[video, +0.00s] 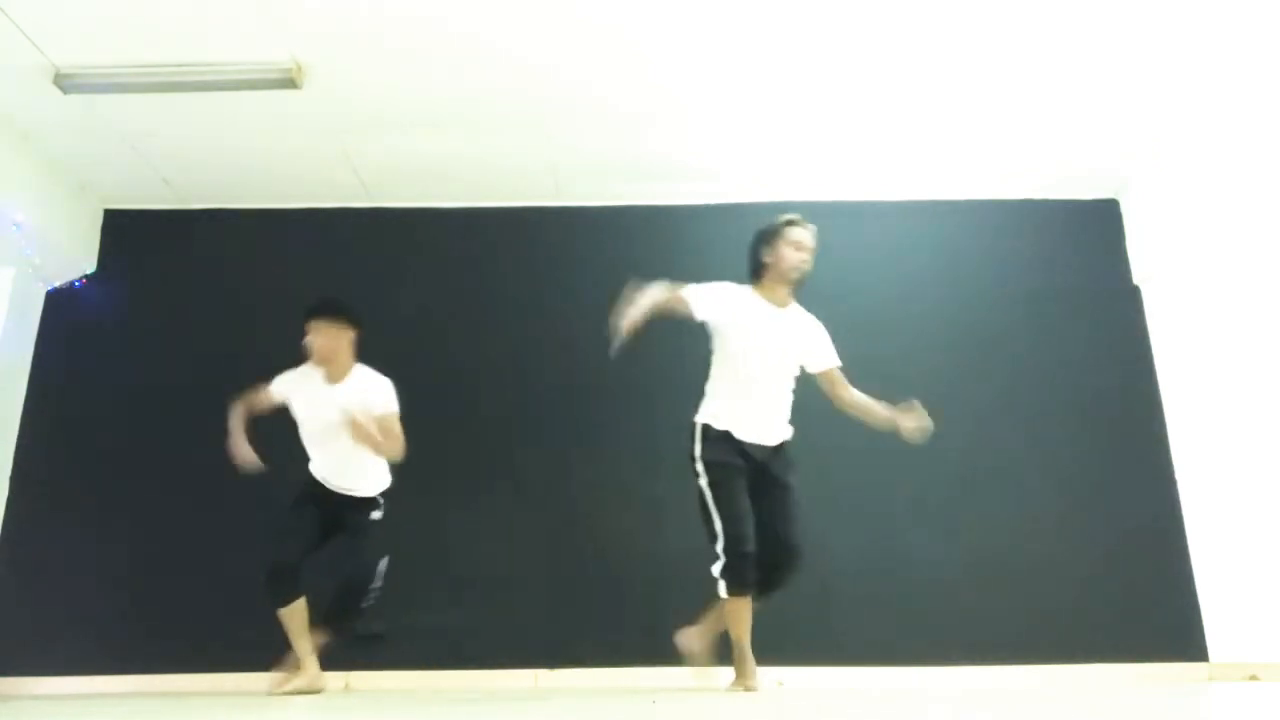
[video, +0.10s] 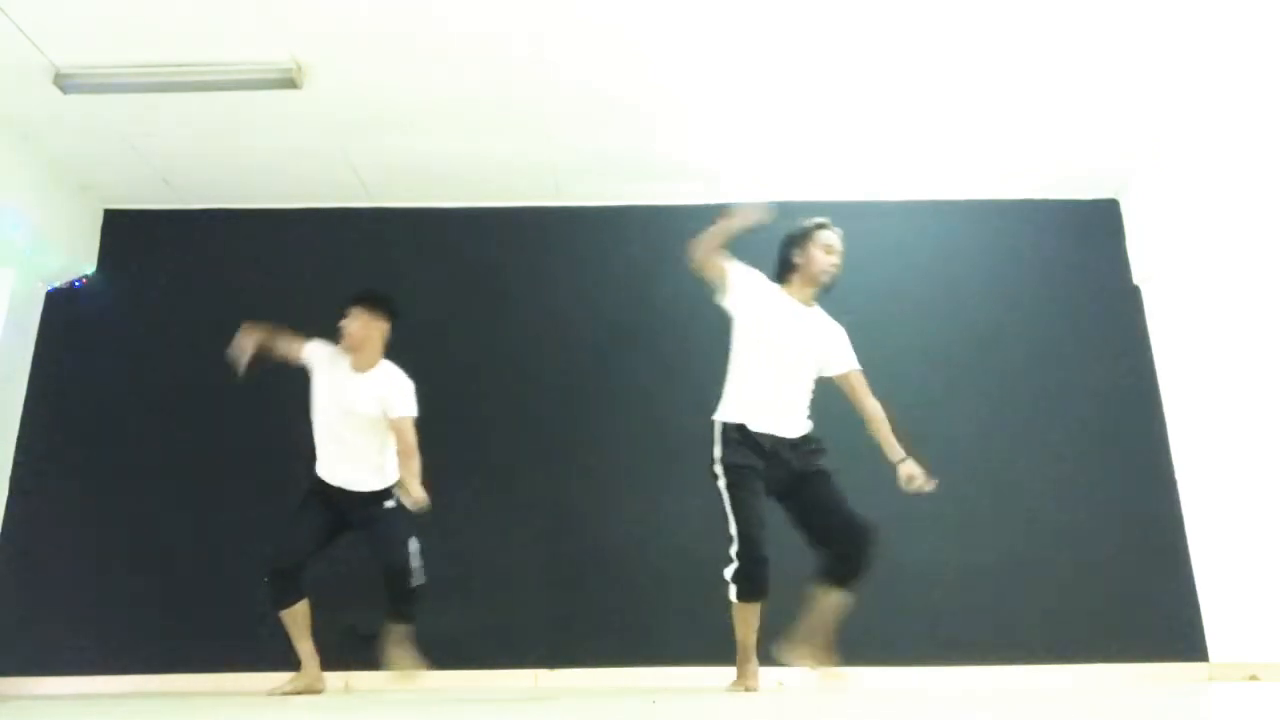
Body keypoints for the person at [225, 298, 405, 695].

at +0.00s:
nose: (314, 341)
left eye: (325, 332)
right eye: (311, 332)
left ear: (349, 336)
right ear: (307, 338)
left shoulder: (376, 387)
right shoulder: (297, 382)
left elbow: (397, 449)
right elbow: (241, 405)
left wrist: (367, 435)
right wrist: (239, 443)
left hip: (365, 504)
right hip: (317, 492)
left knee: (350, 598)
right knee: (281, 568)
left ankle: (296, 657)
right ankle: (309, 670)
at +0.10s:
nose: (344, 324)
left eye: (355, 318)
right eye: (346, 317)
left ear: (381, 328)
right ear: (345, 324)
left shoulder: (395, 383)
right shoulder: (322, 356)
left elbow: (407, 442)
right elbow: (281, 342)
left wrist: (411, 483)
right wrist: (254, 335)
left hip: (380, 499)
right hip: (327, 494)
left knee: (406, 572)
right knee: (283, 569)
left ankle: (398, 646)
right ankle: (310, 671)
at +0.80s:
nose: (509, 285)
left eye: (512, 281)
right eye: (498, 282)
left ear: (522, 290)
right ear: (481, 300)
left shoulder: (546, 312)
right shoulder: (482, 353)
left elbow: (580, 259)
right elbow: (475, 422)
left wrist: (543, 258)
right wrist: (455, 482)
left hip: (567, 443)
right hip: (525, 451)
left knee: (570, 551)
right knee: (539, 561)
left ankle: (573, 660)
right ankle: (594, 644)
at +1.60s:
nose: (451, 328)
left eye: (461, 322)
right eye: (452, 322)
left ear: (482, 329)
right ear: (453, 329)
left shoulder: (477, 366)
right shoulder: (450, 369)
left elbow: (439, 384)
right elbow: (418, 427)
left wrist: (417, 346)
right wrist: (379, 420)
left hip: (400, 475)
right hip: (377, 472)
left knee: (344, 562)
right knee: (307, 558)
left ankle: (427, 605)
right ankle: (321, 669)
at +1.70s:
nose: (441, 336)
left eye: (454, 333)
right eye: (442, 328)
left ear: (471, 346)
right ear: (436, 335)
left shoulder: (464, 377)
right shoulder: (440, 373)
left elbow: (437, 401)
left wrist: (430, 368)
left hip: (365, 480)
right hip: (350, 473)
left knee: (274, 540)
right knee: (277, 561)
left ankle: (343, 601)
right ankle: (317, 669)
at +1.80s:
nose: (424, 336)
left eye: (434, 330)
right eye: (427, 330)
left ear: (456, 338)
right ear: (445, 339)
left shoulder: (451, 379)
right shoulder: (432, 375)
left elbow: (415, 399)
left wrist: (402, 363)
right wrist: (406, 360)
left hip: (350, 480)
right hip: (344, 478)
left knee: (252, 533)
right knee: (271, 570)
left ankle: (324, 600)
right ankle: (317, 670)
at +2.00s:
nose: (410, 303)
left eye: (419, 298)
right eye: (412, 298)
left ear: (437, 305)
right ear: (437, 310)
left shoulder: (425, 330)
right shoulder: (438, 348)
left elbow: (381, 361)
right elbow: (411, 404)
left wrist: (313, 326)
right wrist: (368, 403)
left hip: (371, 462)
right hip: (371, 462)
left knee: (305, 559)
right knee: (306, 560)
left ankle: (398, 630)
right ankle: (319, 669)